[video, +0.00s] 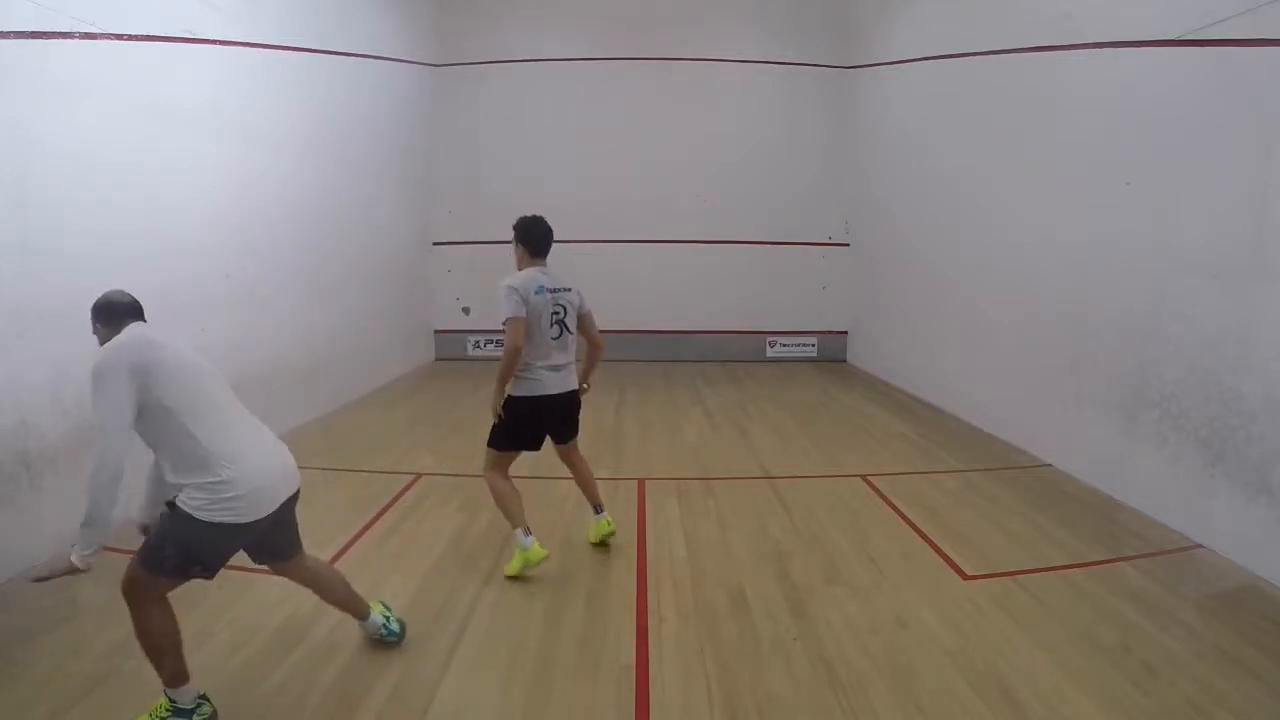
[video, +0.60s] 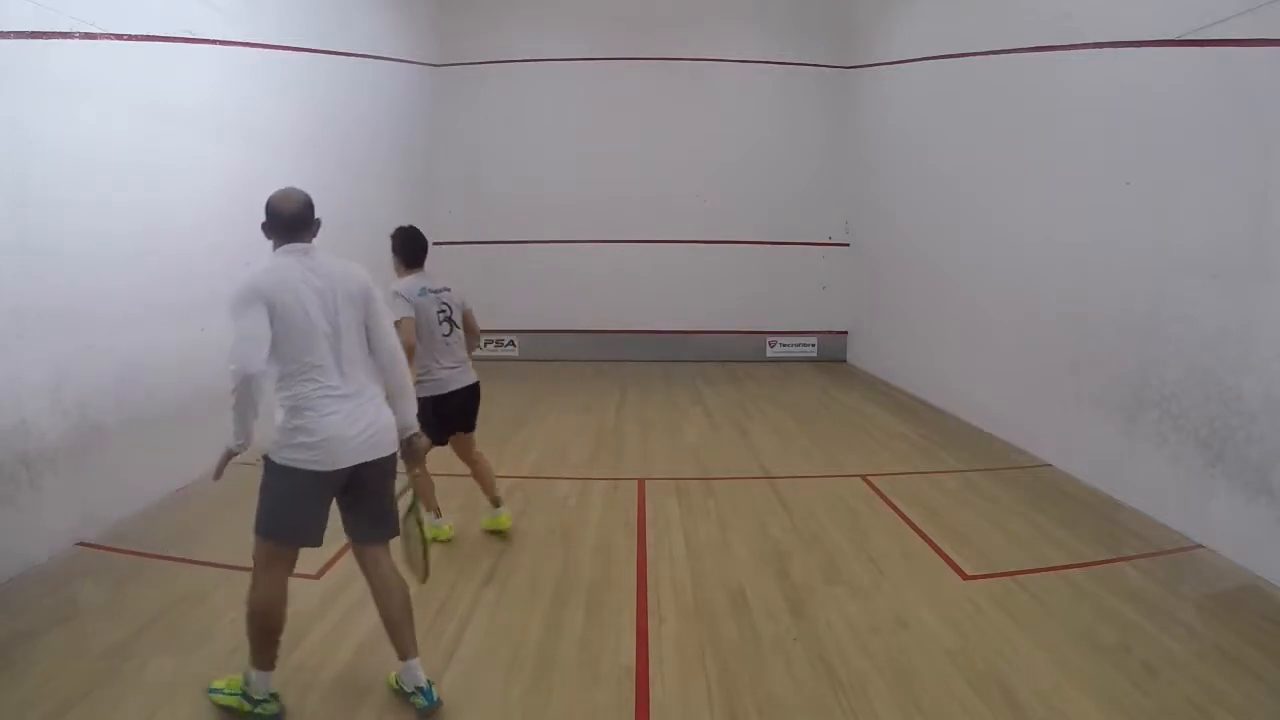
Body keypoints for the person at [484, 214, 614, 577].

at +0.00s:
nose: (512, 250)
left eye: (513, 244)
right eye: (514, 244)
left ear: (520, 248)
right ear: (548, 249)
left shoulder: (515, 286)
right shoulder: (569, 289)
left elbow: (515, 346)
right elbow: (596, 343)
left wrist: (499, 390)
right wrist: (582, 379)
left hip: (527, 400)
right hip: (566, 396)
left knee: (495, 470)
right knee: (570, 452)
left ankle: (527, 542)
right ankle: (601, 517)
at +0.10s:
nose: (508, 253)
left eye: (509, 247)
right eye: (510, 247)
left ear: (513, 251)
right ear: (542, 251)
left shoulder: (510, 287)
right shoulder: (562, 288)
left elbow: (513, 343)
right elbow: (588, 339)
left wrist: (497, 387)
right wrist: (576, 372)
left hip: (524, 397)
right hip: (564, 393)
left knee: (484, 460)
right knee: (572, 446)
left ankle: (490, 538)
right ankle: (604, 506)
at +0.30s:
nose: (484, 295)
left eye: (484, 291)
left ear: (485, 294)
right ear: (514, 293)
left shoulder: (484, 329)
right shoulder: (534, 325)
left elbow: (483, 382)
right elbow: (565, 375)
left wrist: (465, 427)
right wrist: (553, 405)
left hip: (517, 425)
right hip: (554, 419)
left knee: (458, 456)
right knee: (567, 456)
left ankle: (447, 523)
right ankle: (609, 510)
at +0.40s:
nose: (455, 290)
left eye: (455, 285)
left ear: (455, 289)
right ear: (485, 289)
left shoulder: (451, 327)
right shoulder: (505, 324)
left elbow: (452, 378)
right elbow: (538, 368)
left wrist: (435, 418)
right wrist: (524, 402)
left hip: (483, 423)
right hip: (522, 417)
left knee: (433, 455)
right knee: (551, 459)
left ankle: (444, 523)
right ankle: (601, 504)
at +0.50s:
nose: (424, 274)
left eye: (423, 270)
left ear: (424, 275)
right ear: (453, 274)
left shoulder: (421, 311)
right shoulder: (472, 308)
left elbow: (417, 364)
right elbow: (507, 351)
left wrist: (408, 402)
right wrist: (492, 380)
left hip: (454, 411)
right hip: (491, 402)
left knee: (421, 457)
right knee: (508, 452)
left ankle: (442, 523)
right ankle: (565, 497)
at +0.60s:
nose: (391, 258)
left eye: (392, 253)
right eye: (394, 252)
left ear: (396, 257)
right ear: (424, 255)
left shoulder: (401, 292)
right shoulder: (447, 289)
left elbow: (409, 344)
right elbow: (473, 334)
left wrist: (401, 383)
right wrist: (457, 360)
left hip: (433, 394)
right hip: (467, 385)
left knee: (412, 456)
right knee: (465, 447)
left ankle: (435, 520)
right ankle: (498, 509)